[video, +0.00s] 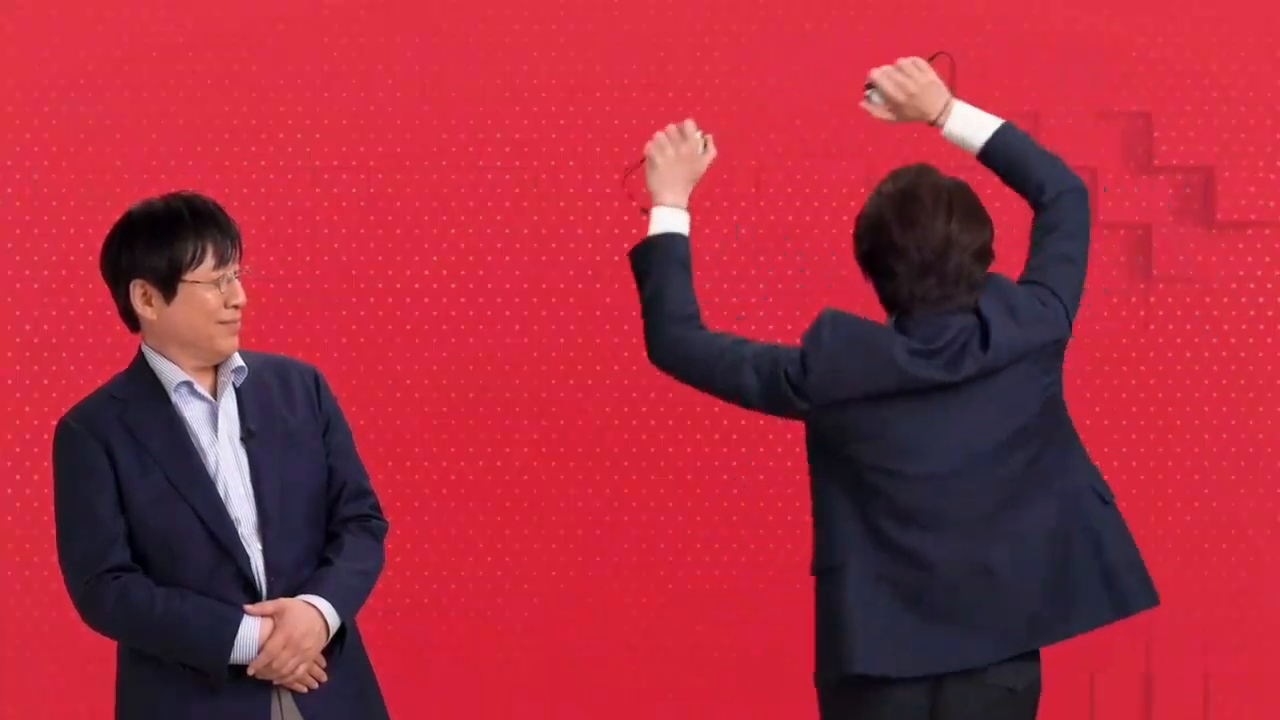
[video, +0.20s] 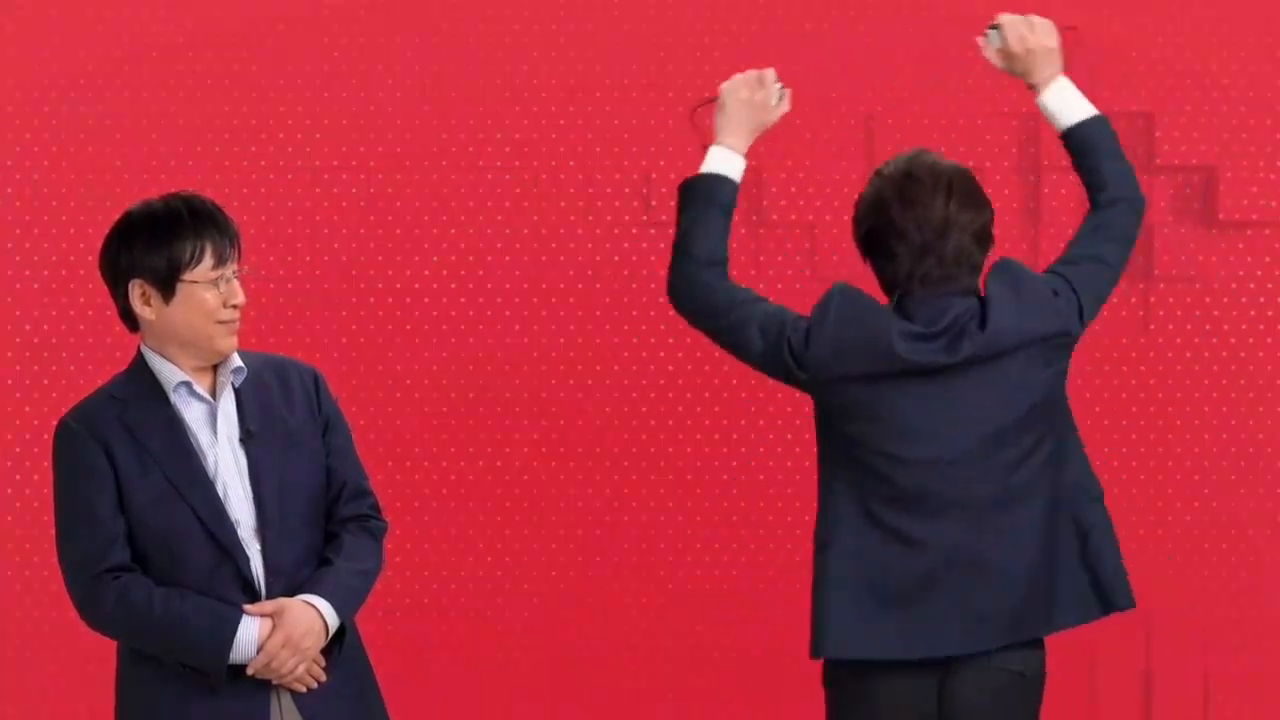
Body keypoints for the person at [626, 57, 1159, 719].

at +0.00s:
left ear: (875, 271)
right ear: (987, 255)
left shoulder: (834, 372)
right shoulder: (1032, 334)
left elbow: (675, 342)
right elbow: (1064, 194)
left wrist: (667, 203)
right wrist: (949, 111)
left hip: (875, 682)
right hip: (1002, 671)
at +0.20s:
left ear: (874, 262)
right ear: (986, 250)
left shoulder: (835, 349)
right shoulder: (1038, 325)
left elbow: (696, 284)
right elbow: (1119, 202)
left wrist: (728, 145)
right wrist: (1051, 83)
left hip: (875, 664)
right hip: (1004, 659)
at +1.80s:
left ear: (914, 277)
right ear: (1019, 297)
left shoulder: (866, 340)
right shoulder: (1056, 404)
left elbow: (830, 217)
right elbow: (1214, 396)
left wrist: (950, 147)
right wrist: (1232, 255)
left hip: (809, 671)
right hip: (934, 692)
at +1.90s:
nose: (1015, 280)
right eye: (1013, 267)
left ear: (896, 260)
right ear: (1006, 278)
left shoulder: (851, 335)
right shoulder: (1047, 375)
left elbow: (795, 218)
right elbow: (1199, 354)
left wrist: (907, 138)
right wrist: (1199, 216)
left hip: (834, 672)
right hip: (961, 685)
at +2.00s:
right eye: (993, 243)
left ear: (882, 265)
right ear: (991, 256)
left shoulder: (835, 342)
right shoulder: (1043, 336)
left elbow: (708, 254)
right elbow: (1141, 236)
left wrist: (777, 128)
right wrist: (1076, 113)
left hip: (882, 668)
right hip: (1014, 667)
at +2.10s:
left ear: (877, 269)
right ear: (989, 252)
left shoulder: (834, 369)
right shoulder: (1034, 326)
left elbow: (676, 329)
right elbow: (1077, 193)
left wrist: (694, 188)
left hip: (906, 681)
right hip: (1035, 669)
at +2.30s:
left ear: (890, 260)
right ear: (999, 248)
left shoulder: (841, 340)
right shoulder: (1049, 330)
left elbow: (697, 274)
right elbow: (1128, 213)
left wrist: (729, 144)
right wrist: (1035, 108)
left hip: (885, 668)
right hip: (1014, 667)